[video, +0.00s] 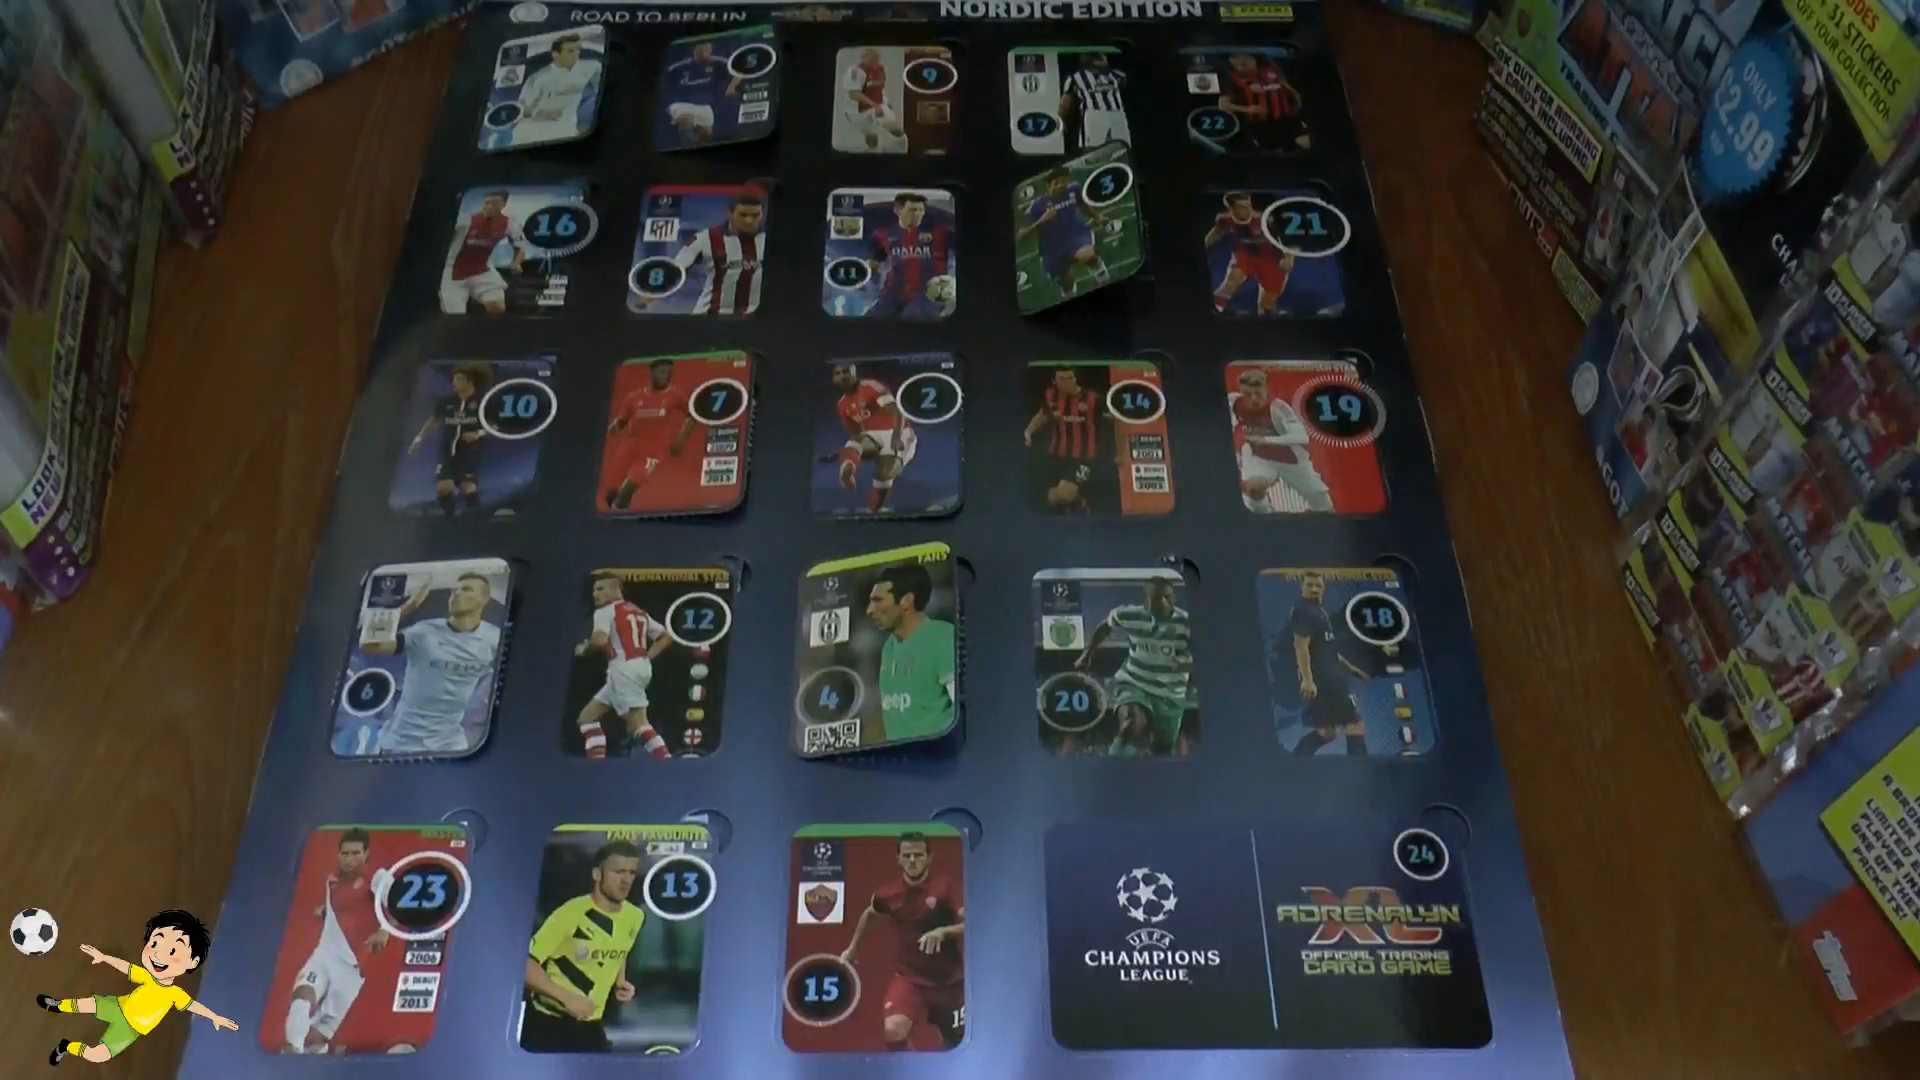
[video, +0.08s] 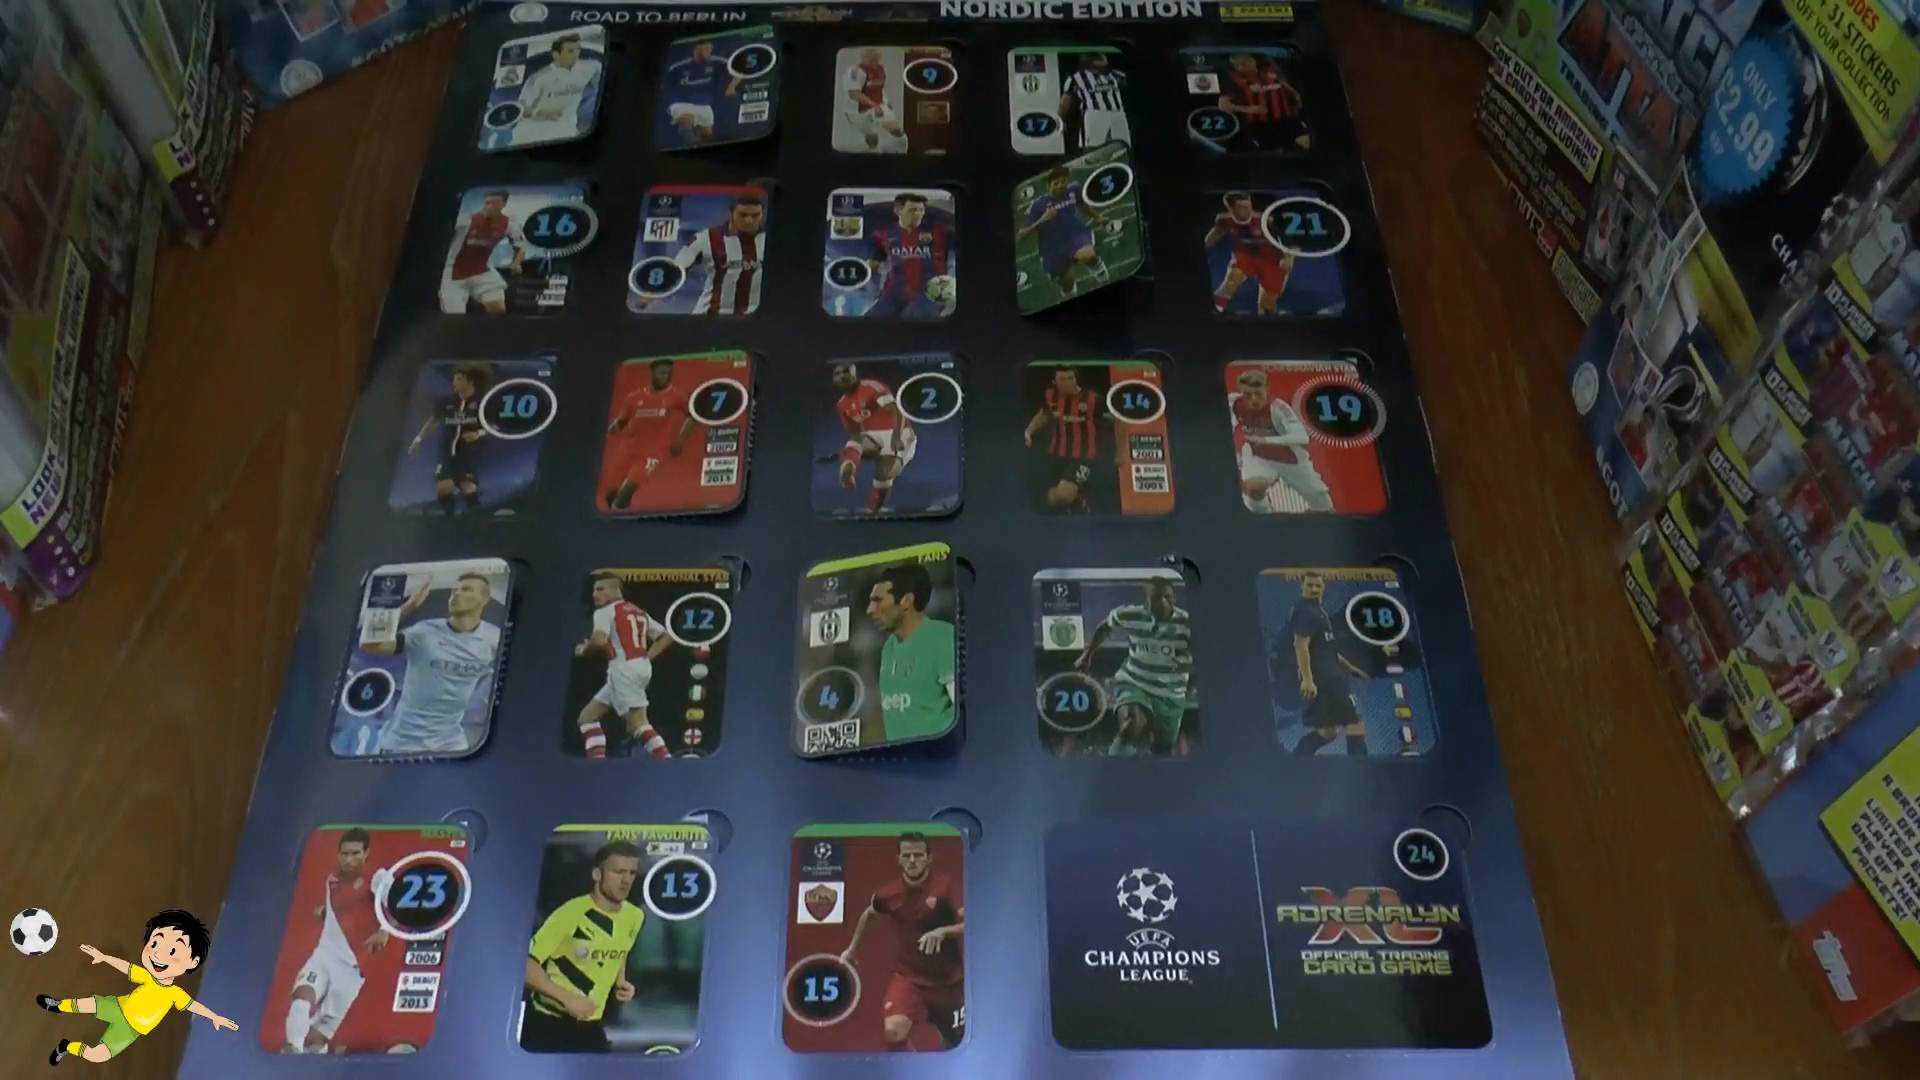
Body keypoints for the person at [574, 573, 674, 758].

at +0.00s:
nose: (595, 593)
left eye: (600, 589)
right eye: (594, 589)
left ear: (616, 591)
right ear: (619, 593)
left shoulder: (605, 611)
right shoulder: (638, 611)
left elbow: (600, 640)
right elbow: (665, 636)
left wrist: (586, 648)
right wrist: (646, 657)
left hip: (623, 668)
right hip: (644, 667)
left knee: (637, 724)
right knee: (587, 717)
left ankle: (666, 765)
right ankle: (598, 768)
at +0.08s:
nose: (594, 594)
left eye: (600, 589)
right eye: (594, 589)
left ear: (615, 591)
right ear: (619, 593)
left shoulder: (604, 611)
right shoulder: (637, 611)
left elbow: (600, 640)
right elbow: (665, 637)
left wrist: (585, 648)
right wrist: (646, 657)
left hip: (623, 669)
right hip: (644, 667)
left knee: (637, 724)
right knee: (587, 716)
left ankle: (666, 765)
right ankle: (598, 767)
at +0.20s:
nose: (594, 594)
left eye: (600, 589)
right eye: (594, 589)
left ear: (615, 591)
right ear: (618, 593)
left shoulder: (604, 611)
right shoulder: (637, 611)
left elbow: (600, 641)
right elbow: (665, 637)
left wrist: (585, 648)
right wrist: (646, 658)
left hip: (623, 669)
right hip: (643, 667)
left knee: (638, 724)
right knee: (587, 717)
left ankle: (667, 766)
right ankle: (597, 768)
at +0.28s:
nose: (594, 594)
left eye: (600, 589)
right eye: (594, 589)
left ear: (615, 591)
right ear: (618, 593)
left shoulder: (604, 611)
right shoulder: (637, 611)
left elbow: (600, 641)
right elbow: (665, 637)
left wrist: (585, 648)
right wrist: (645, 658)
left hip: (623, 669)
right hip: (643, 667)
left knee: (638, 724)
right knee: (587, 717)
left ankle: (667, 766)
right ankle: (597, 768)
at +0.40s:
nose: (594, 594)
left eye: (599, 589)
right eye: (594, 589)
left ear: (614, 591)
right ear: (618, 593)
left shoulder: (604, 611)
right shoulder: (637, 611)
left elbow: (600, 641)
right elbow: (665, 637)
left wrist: (585, 648)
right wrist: (645, 657)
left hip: (623, 669)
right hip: (643, 667)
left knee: (637, 724)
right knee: (587, 716)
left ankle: (667, 766)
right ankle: (597, 768)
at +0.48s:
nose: (594, 593)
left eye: (599, 589)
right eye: (594, 589)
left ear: (614, 591)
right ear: (618, 593)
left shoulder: (604, 611)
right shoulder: (637, 611)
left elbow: (599, 640)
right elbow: (665, 636)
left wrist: (585, 649)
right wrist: (645, 657)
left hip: (623, 669)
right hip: (643, 666)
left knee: (637, 724)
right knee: (587, 717)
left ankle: (666, 766)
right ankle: (597, 767)